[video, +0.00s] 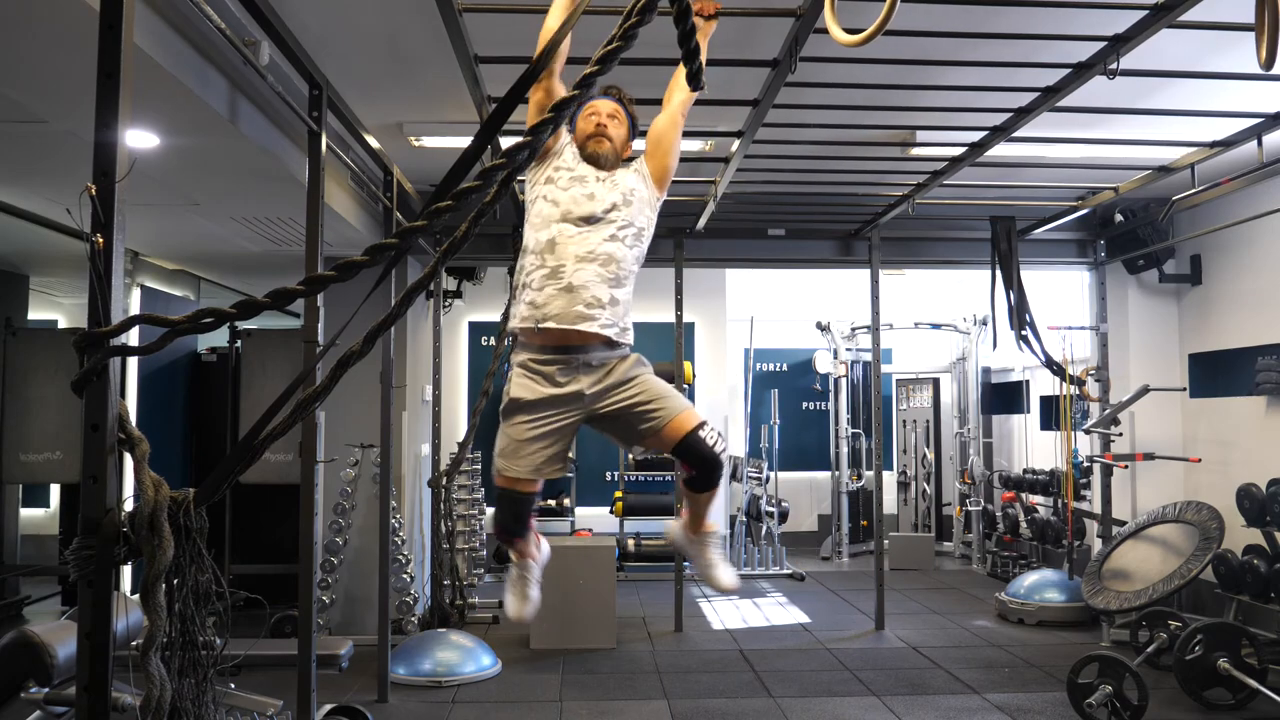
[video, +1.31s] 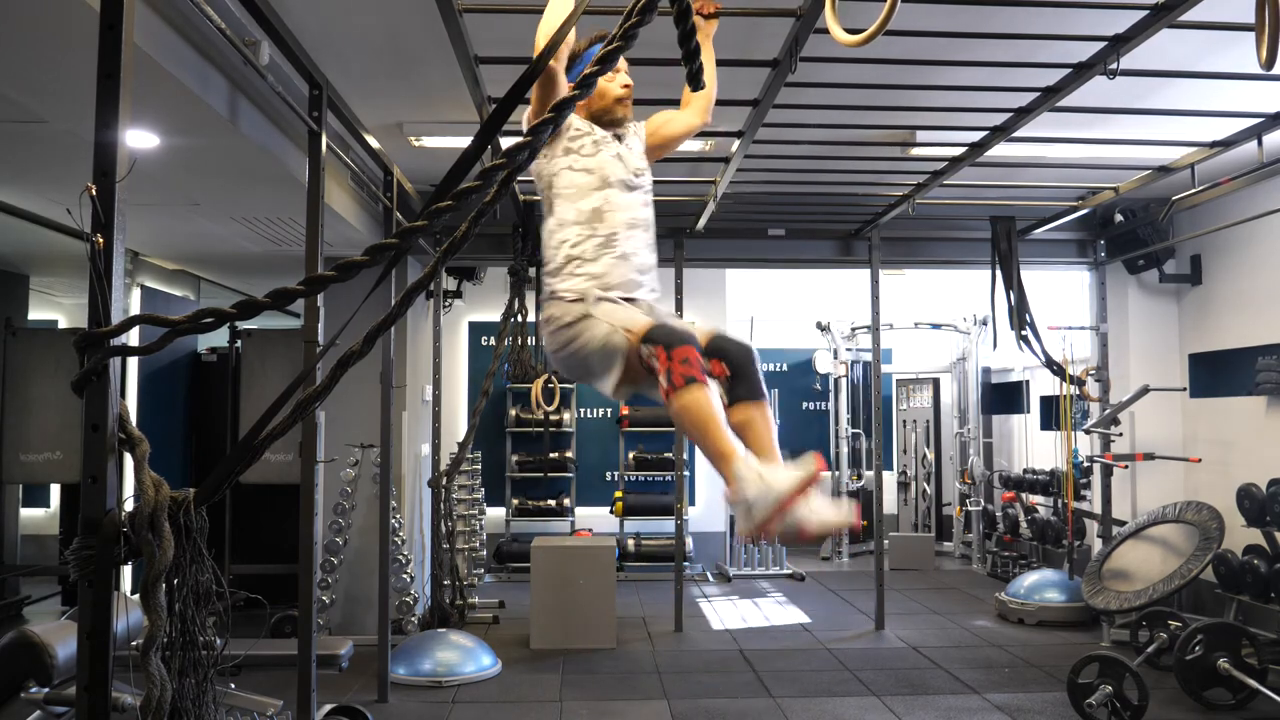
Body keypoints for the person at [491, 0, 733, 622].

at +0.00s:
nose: (600, 116)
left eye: (613, 113)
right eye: (590, 112)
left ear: (630, 139)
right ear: (571, 130)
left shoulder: (644, 181)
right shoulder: (549, 162)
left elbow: (678, 103)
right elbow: (546, 67)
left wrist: (701, 32)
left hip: (612, 363)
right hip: (535, 366)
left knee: (706, 457)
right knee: (509, 517)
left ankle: (695, 531)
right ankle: (527, 557)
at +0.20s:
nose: (622, 115)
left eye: (631, 112)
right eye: (609, 108)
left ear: (640, 130)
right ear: (581, 126)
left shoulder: (652, 172)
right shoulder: (560, 168)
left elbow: (681, 102)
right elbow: (555, 67)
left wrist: (701, 34)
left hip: (647, 366)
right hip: (573, 377)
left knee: (759, 450)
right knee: (577, 536)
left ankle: (766, 553)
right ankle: (582, 622)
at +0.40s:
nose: (662, 100)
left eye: (668, 98)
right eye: (647, 96)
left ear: (678, 121)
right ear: (620, 120)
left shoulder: (692, 165)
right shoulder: (612, 161)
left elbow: (704, 92)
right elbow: (588, 68)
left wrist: (707, 30)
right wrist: (583, 28)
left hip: (729, 363)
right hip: (657, 371)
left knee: (830, 468)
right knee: (648, 538)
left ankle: (798, 581)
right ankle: (617, 652)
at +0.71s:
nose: (692, 83)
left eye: (694, 80)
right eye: (677, 80)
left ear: (695, 105)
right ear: (652, 104)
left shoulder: (720, 147)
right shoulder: (649, 152)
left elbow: (722, 97)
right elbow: (615, 89)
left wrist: (708, 34)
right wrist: (596, 41)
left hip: (804, 326)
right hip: (741, 333)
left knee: (896, 450)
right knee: (752, 505)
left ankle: (833, 575)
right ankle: (686, 652)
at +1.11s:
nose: (636, 75)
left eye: (639, 72)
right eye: (623, 72)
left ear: (649, 96)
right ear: (598, 96)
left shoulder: (671, 142)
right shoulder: (596, 146)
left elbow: (713, 101)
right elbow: (580, 110)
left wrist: (706, 35)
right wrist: (578, 61)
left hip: (731, 305)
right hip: (680, 306)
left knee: (791, 455)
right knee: (751, 437)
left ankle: (776, 616)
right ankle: (737, 621)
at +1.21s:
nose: (632, 79)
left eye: (633, 76)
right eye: (617, 74)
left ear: (636, 96)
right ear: (589, 92)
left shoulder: (652, 144)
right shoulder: (577, 141)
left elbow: (707, 106)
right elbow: (563, 56)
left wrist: (706, 36)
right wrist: (575, 5)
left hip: (682, 314)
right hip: (622, 313)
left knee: (768, 418)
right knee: (717, 394)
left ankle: (779, 576)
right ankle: (751, 562)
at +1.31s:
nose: (626, 80)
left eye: (627, 72)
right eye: (612, 72)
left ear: (630, 87)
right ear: (580, 88)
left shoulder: (637, 141)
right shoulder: (558, 131)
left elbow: (697, 110)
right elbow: (547, 56)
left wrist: (703, 36)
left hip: (639, 311)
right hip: (575, 311)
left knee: (737, 357)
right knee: (676, 347)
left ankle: (784, 499)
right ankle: (743, 488)